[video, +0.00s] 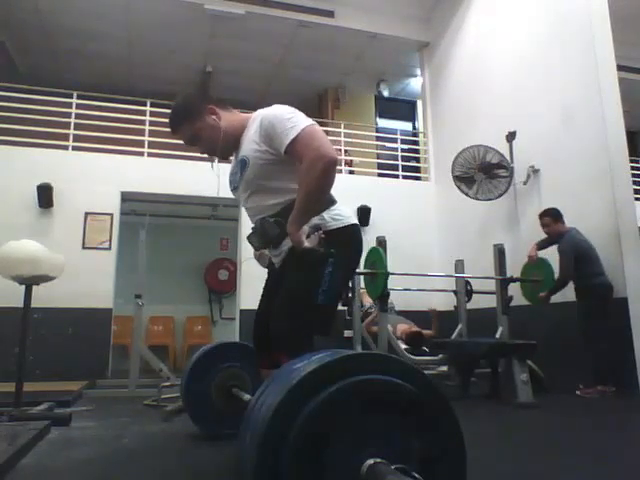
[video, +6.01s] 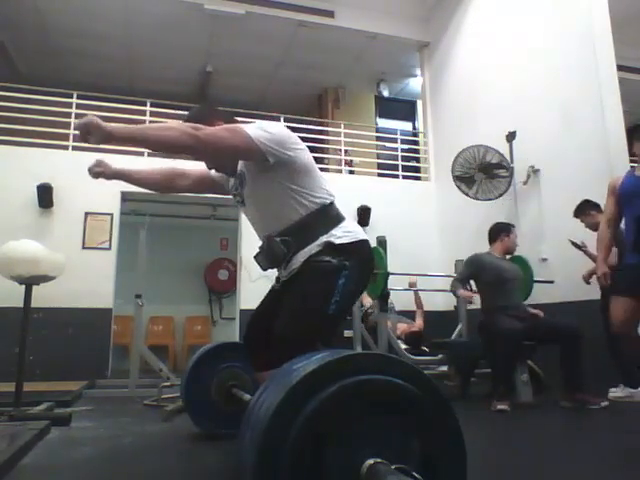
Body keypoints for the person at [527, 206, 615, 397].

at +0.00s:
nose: (545, 230)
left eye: (547, 225)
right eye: (543, 226)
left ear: (558, 223)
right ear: (559, 224)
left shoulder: (566, 243)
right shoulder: (570, 234)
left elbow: (566, 277)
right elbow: (553, 238)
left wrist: (548, 294)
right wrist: (535, 246)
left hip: (592, 292)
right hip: (598, 289)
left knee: (591, 337)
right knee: (596, 336)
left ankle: (595, 383)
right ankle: (604, 382)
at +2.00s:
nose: (567, 207)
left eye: (571, 203)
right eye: (563, 204)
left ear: (580, 203)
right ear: (560, 208)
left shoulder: (598, 228)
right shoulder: (556, 233)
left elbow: (615, 256)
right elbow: (551, 258)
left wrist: (603, 280)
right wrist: (549, 271)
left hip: (596, 294)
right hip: (568, 294)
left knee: (599, 340)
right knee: (566, 337)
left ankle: (602, 385)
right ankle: (567, 382)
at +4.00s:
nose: (546, 180)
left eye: (546, 175)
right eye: (543, 175)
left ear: (532, 176)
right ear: (527, 175)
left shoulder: (541, 206)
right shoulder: (504, 206)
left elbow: (544, 234)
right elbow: (482, 236)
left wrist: (549, 258)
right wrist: (503, 261)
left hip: (539, 279)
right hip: (513, 282)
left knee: (558, 334)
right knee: (515, 339)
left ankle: (567, 393)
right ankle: (511, 398)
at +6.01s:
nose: (517, 242)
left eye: (516, 238)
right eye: (514, 237)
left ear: (504, 238)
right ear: (504, 238)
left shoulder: (512, 266)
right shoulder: (478, 260)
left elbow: (511, 300)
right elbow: (456, 283)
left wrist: (528, 310)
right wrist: (461, 292)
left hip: (519, 316)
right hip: (496, 317)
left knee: (570, 332)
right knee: (507, 337)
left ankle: (573, 392)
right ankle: (501, 397)